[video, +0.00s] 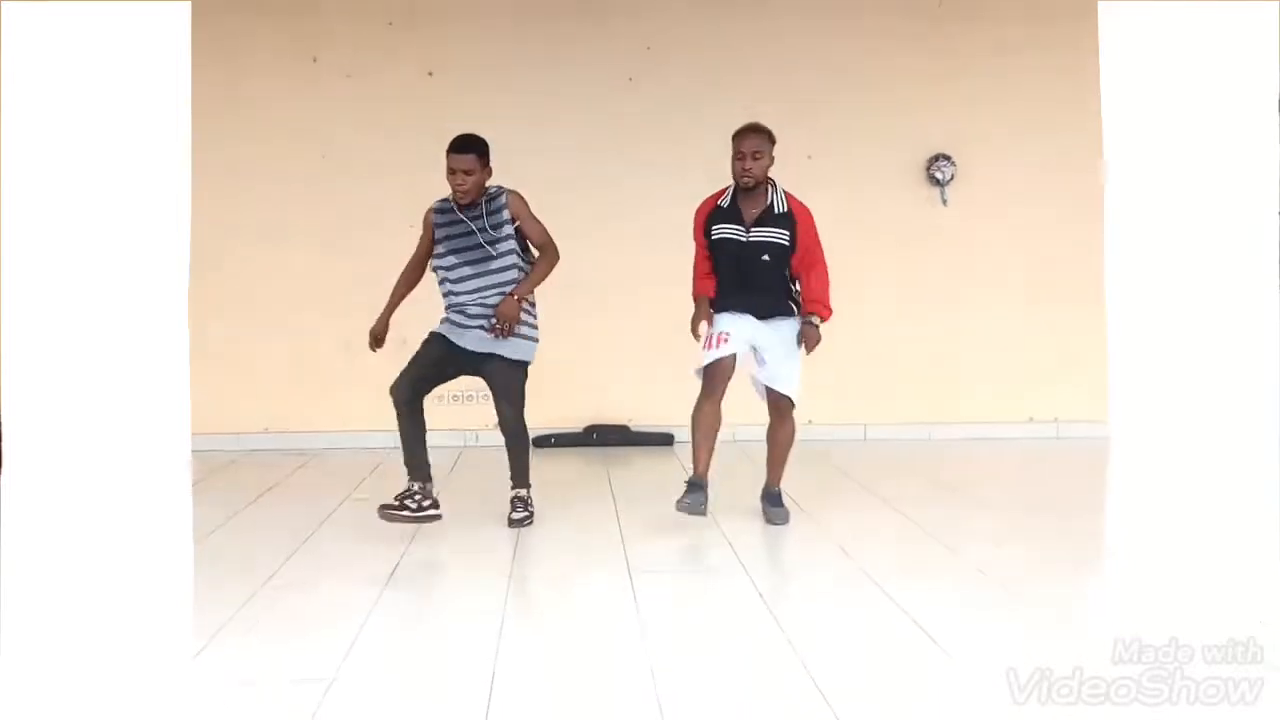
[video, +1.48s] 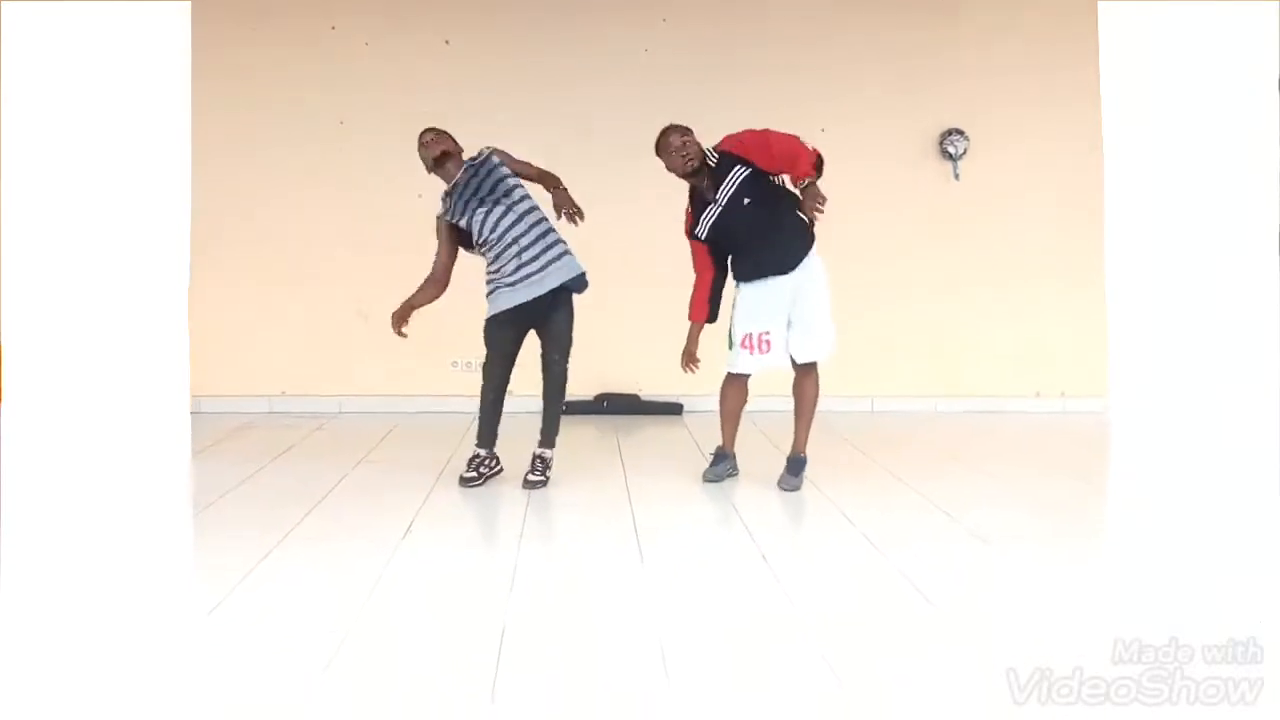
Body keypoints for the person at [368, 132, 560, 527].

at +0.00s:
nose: (458, 181)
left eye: (467, 173)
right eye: (452, 173)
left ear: (486, 171)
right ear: (446, 171)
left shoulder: (508, 203)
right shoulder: (436, 216)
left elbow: (550, 253)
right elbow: (415, 267)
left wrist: (516, 297)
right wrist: (385, 316)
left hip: (508, 333)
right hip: (457, 329)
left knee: (510, 417)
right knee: (404, 392)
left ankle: (520, 493)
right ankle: (421, 492)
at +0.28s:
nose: (475, 168)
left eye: (484, 161)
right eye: (469, 160)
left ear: (501, 163)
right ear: (461, 160)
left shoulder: (522, 197)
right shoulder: (449, 206)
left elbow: (554, 250)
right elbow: (443, 260)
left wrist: (523, 290)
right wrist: (429, 310)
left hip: (509, 326)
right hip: (459, 329)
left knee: (518, 409)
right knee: (448, 411)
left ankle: (526, 487)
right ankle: (469, 483)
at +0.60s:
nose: (455, 180)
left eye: (464, 173)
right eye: (447, 171)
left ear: (477, 173)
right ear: (436, 170)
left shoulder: (496, 209)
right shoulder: (424, 212)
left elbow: (536, 262)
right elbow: (418, 263)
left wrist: (525, 314)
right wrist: (398, 317)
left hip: (515, 322)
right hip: (472, 327)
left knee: (517, 403)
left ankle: (520, 485)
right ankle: (477, 486)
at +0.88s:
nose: (520, 173)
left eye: (532, 172)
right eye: (518, 169)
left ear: (546, 194)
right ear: (509, 183)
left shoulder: (537, 243)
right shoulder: (487, 216)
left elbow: (536, 309)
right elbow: (448, 250)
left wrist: (526, 372)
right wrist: (395, 259)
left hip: (457, 333)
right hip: (418, 317)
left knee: (466, 408)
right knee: (412, 403)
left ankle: (506, 486)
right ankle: (453, 482)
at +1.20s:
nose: (481, 164)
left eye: (489, 163)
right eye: (475, 165)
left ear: (505, 182)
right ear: (469, 188)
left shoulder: (524, 212)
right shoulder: (463, 227)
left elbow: (537, 258)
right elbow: (431, 281)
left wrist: (536, 291)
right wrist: (372, 297)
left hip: (499, 311)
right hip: (449, 317)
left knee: (514, 392)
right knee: (443, 398)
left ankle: (530, 470)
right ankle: (467, 474)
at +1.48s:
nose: (431, 139)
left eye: (437, 135)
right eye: (424, 142)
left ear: (457, 145)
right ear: (427, 167)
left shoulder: (490, 157)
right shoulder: (448, 212)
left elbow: (542, 176)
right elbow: (438, 279)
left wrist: (559, 191)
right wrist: (407, 307)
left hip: (552, 275)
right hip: (507, 292)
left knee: (555, 368)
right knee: (494, 374)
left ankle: (544, 451)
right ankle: (486, 453)